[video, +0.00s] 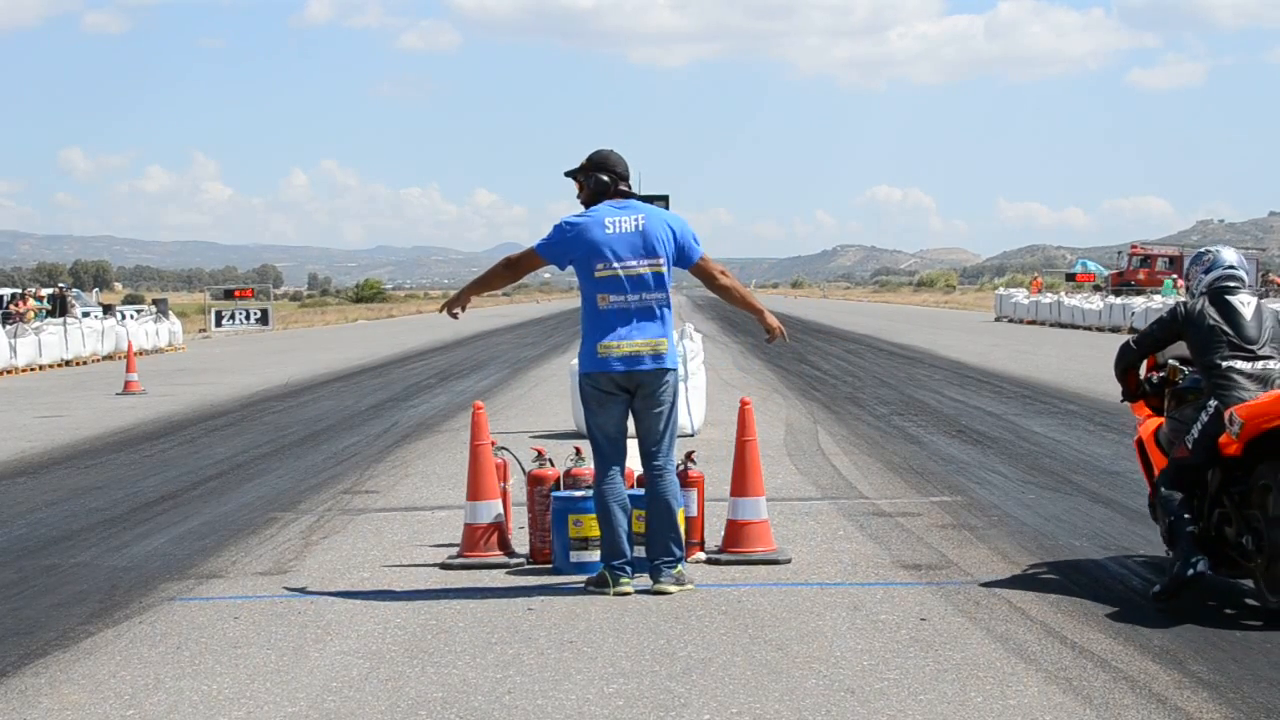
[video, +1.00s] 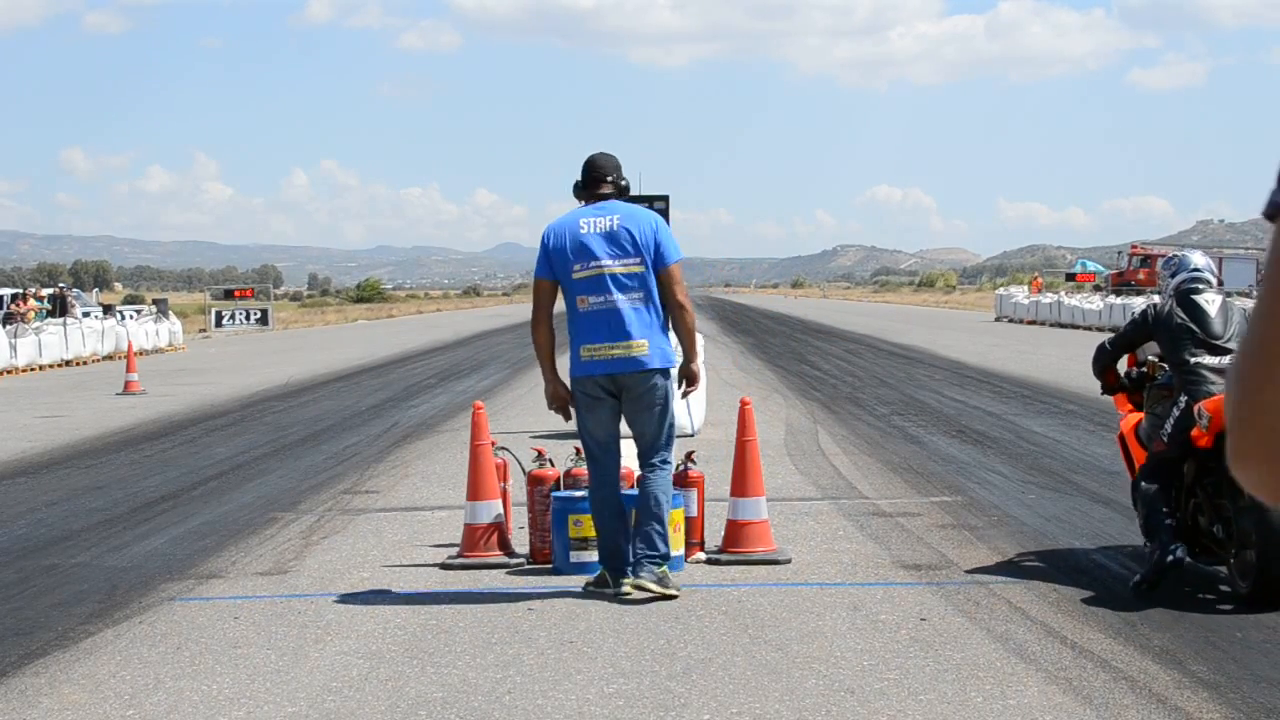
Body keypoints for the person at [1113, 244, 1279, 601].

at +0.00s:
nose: (1188, 283)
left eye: (1191, 276)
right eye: (1189, 277)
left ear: (1201, 274)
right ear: (1241, 273)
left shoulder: (1192, 309)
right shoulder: (1268, 308)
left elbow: (1131, 350)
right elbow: (1259, 353)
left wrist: (1132, 386)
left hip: (1230, 402)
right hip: (1273, 397)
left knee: (1170, 484)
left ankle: (1187, 556)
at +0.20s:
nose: (1179, 283)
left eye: (1180, 277)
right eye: (1180, 278)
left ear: (1188, 276)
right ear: (1232, 275)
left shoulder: (1181, 310)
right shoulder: (1262, 310)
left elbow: (1119, 350)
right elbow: (1276, 348)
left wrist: (1126, 387)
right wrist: (1254, 362)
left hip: (1219, 405)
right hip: (1269, 398)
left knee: (1159, 477)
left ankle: (1165, 567)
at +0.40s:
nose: (1171, 284)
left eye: (1172, 278)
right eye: (1172, 278)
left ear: (1179, 277)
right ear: (1222, 275)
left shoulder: (1169, 311)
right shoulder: (1253, 309)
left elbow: (1109, 354)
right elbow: (1277, 343)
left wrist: (1123, 391)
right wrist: (1265, 366)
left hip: (1212, 402)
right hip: (1264, 392)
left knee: (1161, 481)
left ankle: (1165, 569)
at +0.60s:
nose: (1164, 283)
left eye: (1165, 277)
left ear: (1172, 276)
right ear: (1214, 275)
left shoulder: (1163, 311)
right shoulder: (1244, 309)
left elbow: (1101, 356)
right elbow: (1275, 346)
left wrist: (1116, 387)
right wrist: (1264, 370)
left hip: (1206, 401)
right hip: (1258, 392)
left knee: (1162, 477)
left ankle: (1164, 568)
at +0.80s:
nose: (1162, 284)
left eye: (1163, 278)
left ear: (1168, 278)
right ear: (1212, 276)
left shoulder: (1159, 312)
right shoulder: (1241, 309)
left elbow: (1100, 354)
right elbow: (1274, 346)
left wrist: (1108, 380)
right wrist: (1262, 374)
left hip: (1200, 399)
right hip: (1253, 391)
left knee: (1158, 476)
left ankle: (1163, 560)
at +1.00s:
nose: (1162, 286)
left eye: (1164, 280)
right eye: (1163, 280)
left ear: (1172, 279)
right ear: (1212, 276)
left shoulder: (1162, 311)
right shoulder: (1241, 311)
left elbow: (1107, 351)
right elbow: (1250, 350)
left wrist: (1111, 380)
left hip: (1199, 402)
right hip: (1244, 400)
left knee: (1149, 478)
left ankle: (1165, 546)